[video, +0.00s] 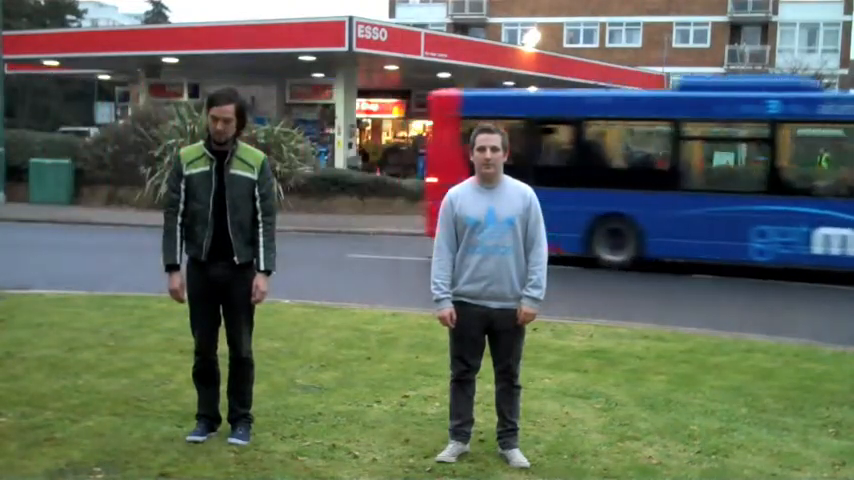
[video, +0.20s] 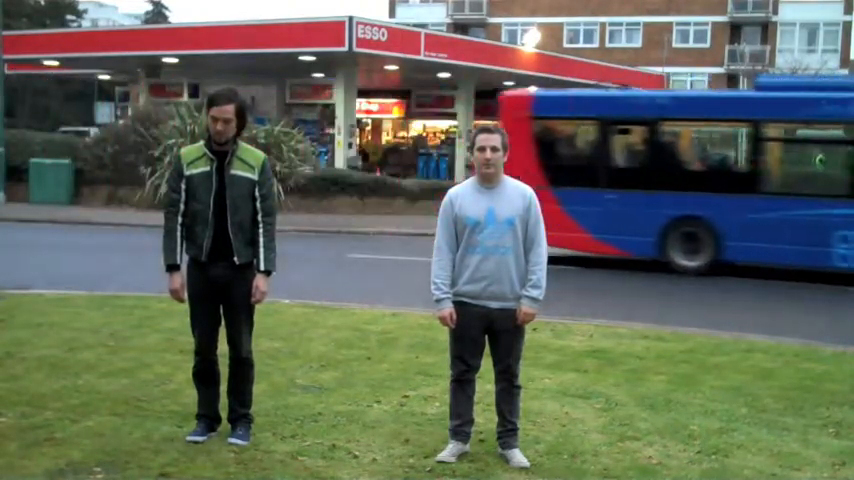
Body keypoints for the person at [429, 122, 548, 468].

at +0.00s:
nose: (487, 155)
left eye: (494, 150)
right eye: (481, 149)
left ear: (505, 155)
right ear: (472, 154)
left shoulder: (524, 196)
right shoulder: (455, 197)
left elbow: (538, 250)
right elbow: (442, 251)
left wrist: (532, 297)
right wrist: (442, 298)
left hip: (510, 305)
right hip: (466, 304)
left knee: (509, 378)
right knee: (462, 376)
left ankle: (509, 444)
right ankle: (458, 440)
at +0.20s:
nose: (487, 156)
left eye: (494, 150)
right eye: (481, 150)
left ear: (505, 155)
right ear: (472, 155)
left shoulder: (524, 196)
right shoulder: (456, 197)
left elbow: (537, 250)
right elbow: (442, 251)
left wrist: (531, 298)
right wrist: (442, 299)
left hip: (510, 305)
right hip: (466, 304)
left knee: (509, 378)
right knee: (462, 376)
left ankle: (509, 444)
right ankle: (458, 440)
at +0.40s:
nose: (487, 156)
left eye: (494, 150)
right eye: (481, 150)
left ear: (504, 155)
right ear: (472, 155)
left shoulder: (524, 196)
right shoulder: (455, 197)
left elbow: (537, 250)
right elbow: (443, 252)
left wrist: (531, 298)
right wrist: (443, 299)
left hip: (510, 305)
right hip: (466, 304)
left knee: (509, 379)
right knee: (462, 376)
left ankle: (509, 444)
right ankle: (458, 440)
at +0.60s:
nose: (486, 155)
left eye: (493, 149)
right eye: (480, 149)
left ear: (504, 154)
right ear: (471, 154)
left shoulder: (524, 194)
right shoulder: (455, 195)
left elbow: (539, 247)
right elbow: (443, 250)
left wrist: (533, 294)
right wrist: (442, 297)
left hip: (510, 305)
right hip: (466, 303)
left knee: (509, 378)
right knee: (457, 375)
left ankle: (509, 443)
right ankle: (455, 439)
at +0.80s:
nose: (487, 162)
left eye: (494, 157)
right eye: (481, 156)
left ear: (505, 164)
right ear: (472, 163)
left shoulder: (527, 204)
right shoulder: (456, 204)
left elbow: (548, 256)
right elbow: (440, 255)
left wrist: (548, 296)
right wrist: (431, 296)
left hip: (515, 307)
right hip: (471, 304)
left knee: (513, 380)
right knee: (457, 370)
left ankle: (508, 444)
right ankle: (453, 438)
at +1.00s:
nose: (488, 179)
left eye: (496, 174)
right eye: (482, 173)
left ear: (509, 180)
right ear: (475, 179)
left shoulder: (529, 220)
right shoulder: (459, 218)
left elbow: (552, 265)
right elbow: (438, 263)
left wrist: (548, 299)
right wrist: (426, 305)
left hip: (512, 308)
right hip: (472, 304)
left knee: (512, 378)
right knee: (475, 372)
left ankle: (507, 444)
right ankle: (458, 439)